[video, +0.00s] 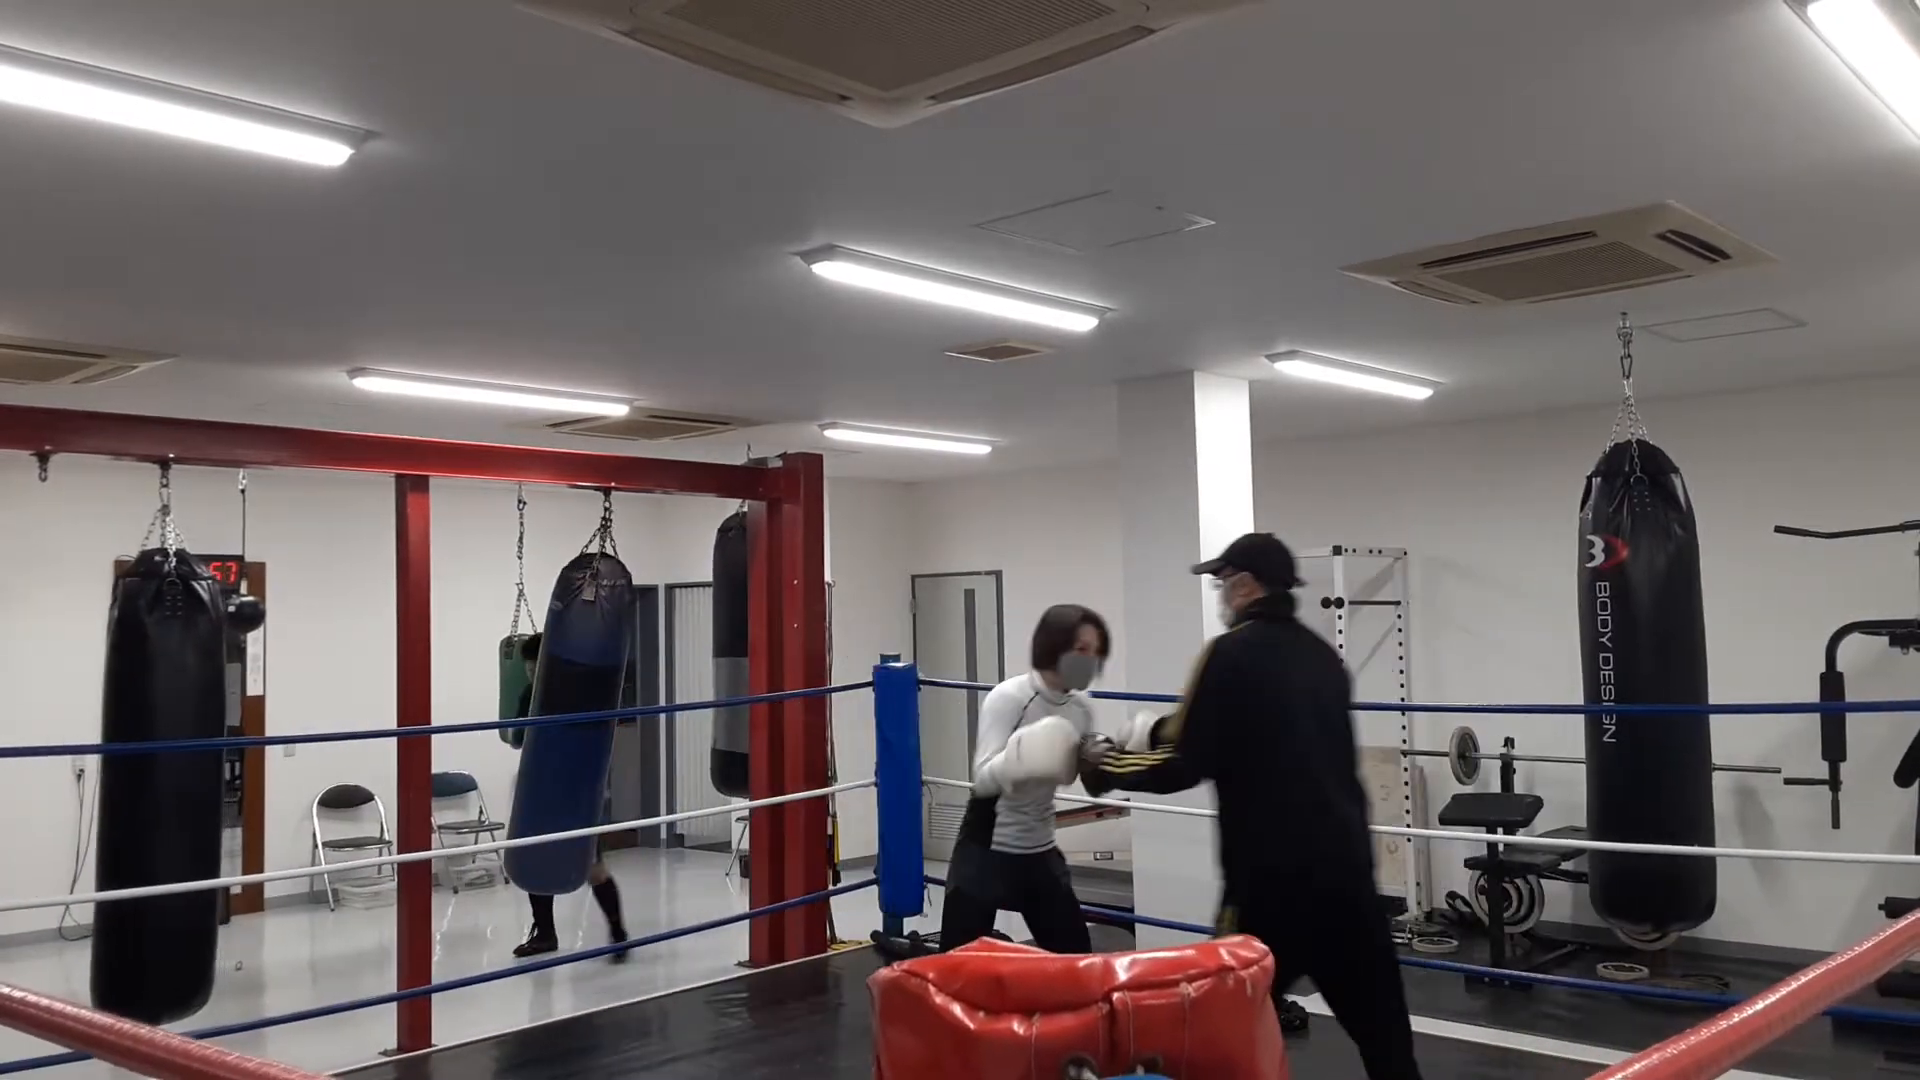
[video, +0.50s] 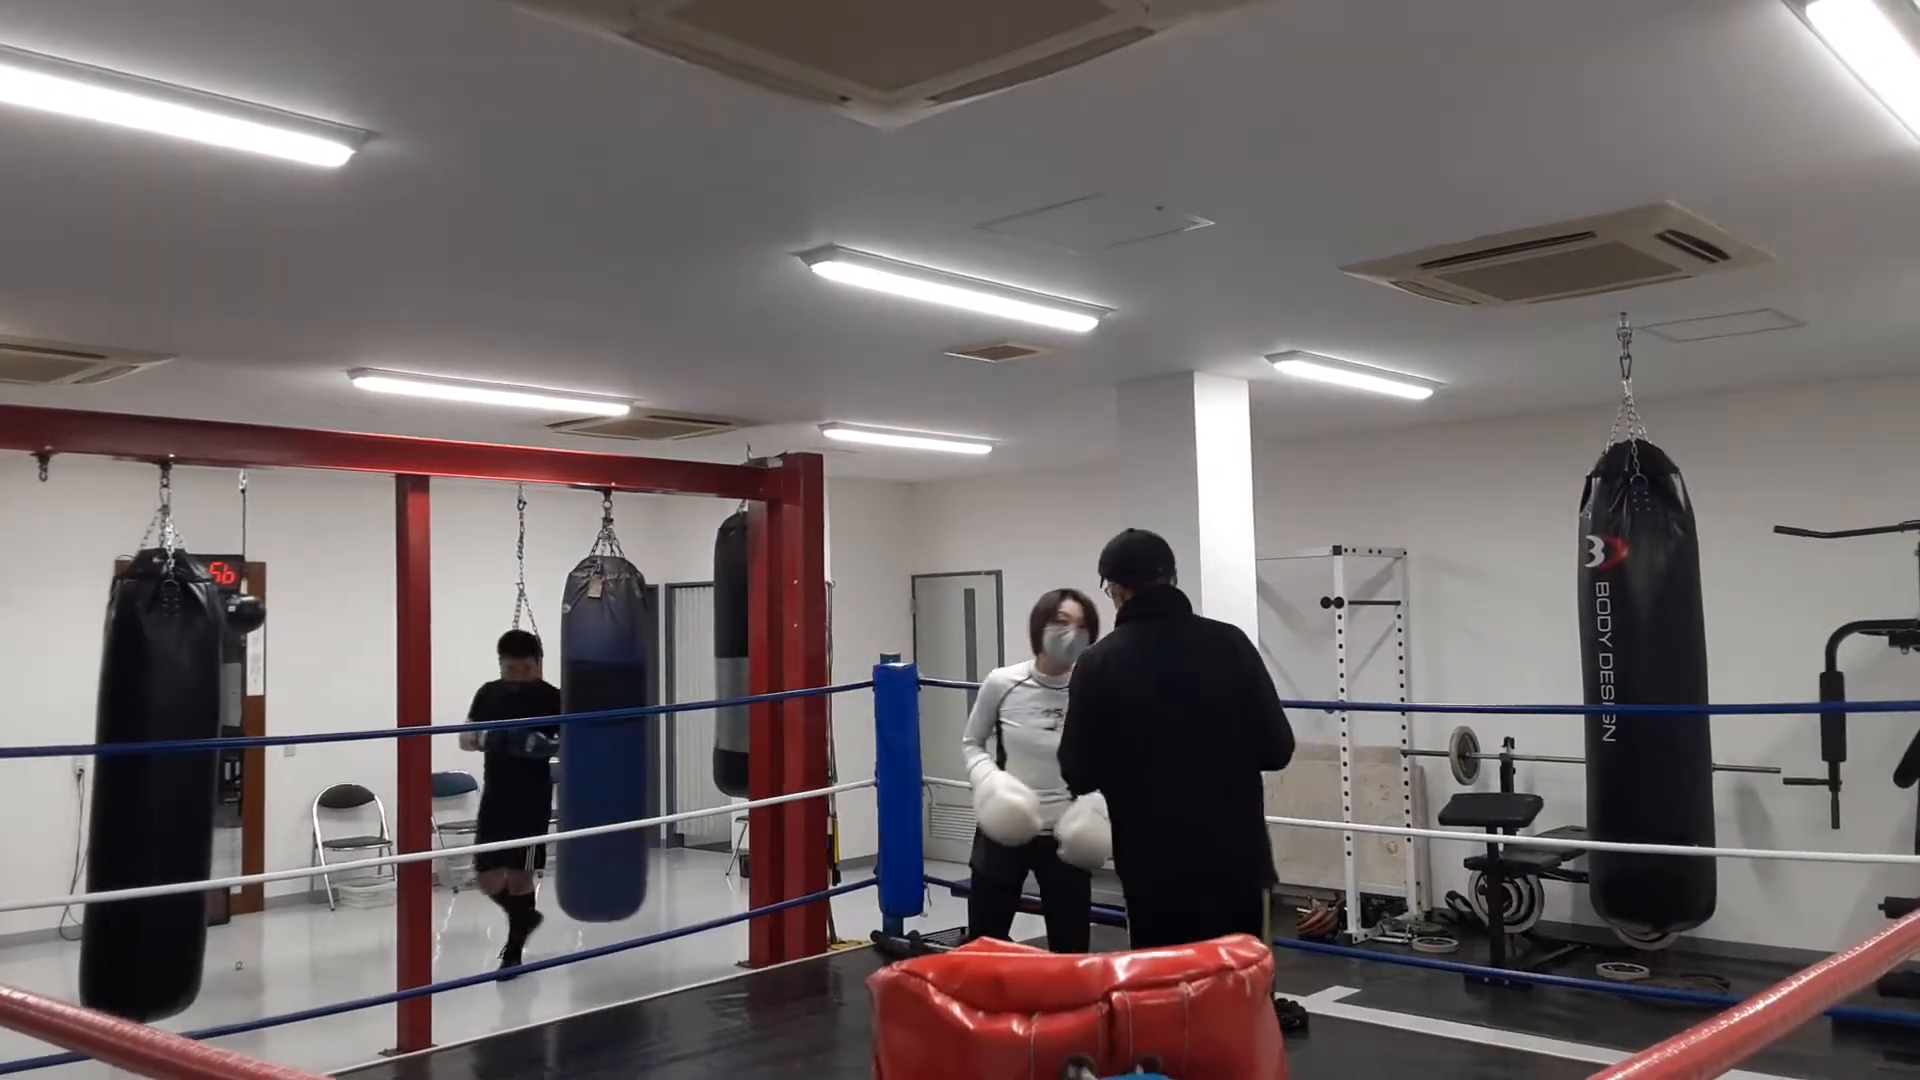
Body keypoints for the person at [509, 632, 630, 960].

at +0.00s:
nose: (531, 669)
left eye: (536, 663)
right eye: (530, 664)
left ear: (549, 663)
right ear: (531, 667)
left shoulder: (579, 685)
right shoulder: (535, 694)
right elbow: (515, 738)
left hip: (579, 776)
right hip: (541, 777)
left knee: (588, 853)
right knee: (535, 849)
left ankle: (617, 931)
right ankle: (544, 932)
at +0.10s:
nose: (526, 668)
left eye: (532, 662)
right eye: (524, 662)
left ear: (547, 660)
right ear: (520, 663)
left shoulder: (570, 689)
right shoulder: (523, 695)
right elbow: (502, 738)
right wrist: (515, 721)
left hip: (573, 780)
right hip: (536, 782)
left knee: (574, 854)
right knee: (532, 853)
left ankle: (583, 936)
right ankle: (543, 932)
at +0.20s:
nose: (526, 671)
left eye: (532, 665)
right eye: (521, 665)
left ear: (546, 662)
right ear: (515, 664)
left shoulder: (559, 690)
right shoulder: (508, 696)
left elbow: (576, 730)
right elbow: (485, 744)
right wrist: (495, 731)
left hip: (556, 781)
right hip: (523, 784)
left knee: (551, 849)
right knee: (525, 853)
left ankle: (546, 931)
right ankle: (540, 930)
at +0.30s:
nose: (527, 676)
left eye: (534, 668)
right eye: (521, 668)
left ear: (545, 666)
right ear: (511, 667)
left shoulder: (556, 695)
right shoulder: (501, 698)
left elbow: (572, 733)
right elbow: (477, 746)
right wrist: (492, 736)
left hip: (548, 788)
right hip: (515, 789)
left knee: (530, 862)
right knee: (520, 861)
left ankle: (517, 944)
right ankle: (545, 931)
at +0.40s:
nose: (527, 676)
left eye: (534, 668)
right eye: (520, 668)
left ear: (544, 666)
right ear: (510, 667)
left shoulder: (555, 696)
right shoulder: (498, 697)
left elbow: (574, 733)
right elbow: (475, 743)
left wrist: (559, 739)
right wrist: (493, 741)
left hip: (544, 789)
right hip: (509, 789)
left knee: (525, 865)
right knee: (509, 864)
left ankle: (517, 945)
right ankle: (543, 923)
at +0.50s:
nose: (514, 675)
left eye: (522, 668)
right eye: (508, 667)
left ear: (538, 663)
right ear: (501, 664)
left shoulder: (553, 698)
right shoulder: (489, 693)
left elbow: (572, 739)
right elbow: (465, 739)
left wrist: (551, 745)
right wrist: (488, 740)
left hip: (534, 791)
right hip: (497, 790)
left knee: (520, 874)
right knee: (487, 874)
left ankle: (512, 951)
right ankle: (523, 915)